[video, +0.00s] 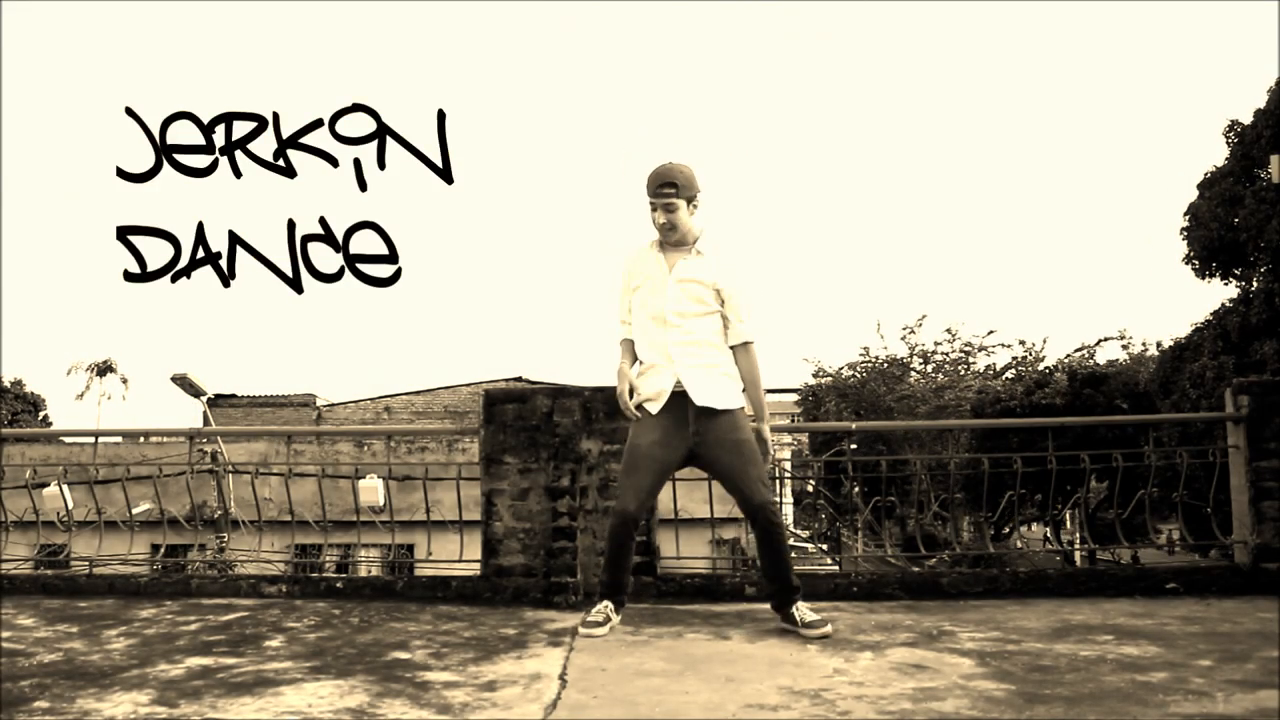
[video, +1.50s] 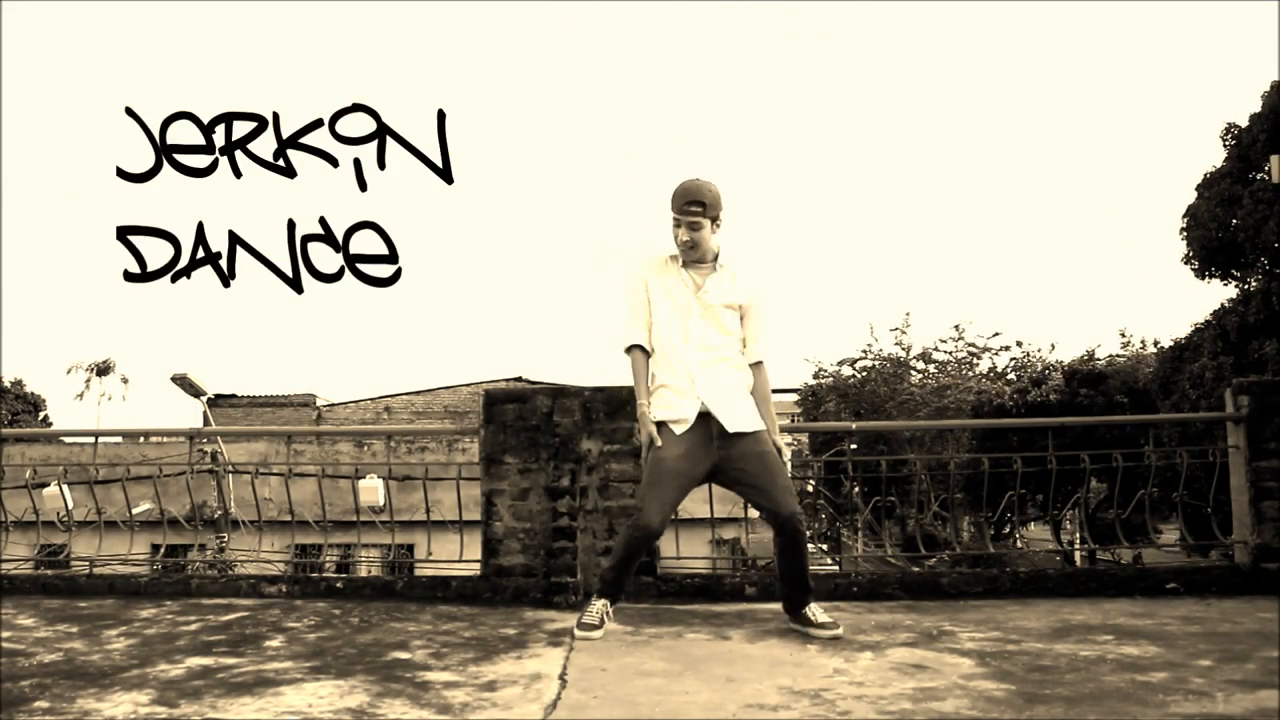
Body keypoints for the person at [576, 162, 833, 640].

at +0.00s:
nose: (661, 215)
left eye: (670, 206)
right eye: (654, 207)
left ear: (692, 206)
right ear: (649, 208)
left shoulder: (721, 265)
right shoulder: (638, 264)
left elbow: (743, 346)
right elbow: (629, 334)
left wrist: (761, 421)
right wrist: (624, 369)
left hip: (720, 406)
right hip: (657, 407)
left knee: (764, 506)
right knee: (626, 510)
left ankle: (788, 604)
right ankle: (608, 603)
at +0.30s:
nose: (687, 198)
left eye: (696, 188)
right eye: (682, 190)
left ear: (722, 188)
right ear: (678, 195)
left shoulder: (751, 256)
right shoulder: (665, 260)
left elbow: (762, 329)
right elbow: (652, 340)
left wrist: (778, 388)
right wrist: (647, 408)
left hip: (742, 397)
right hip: (681, 396)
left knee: (777, 502)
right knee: (645, 491)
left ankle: (791, 604)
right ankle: (604, 593)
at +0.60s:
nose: (661, 219)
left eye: (670, 209)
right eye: (655, 211)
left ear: (697, 212)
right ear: (652, 218)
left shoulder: (732, 279)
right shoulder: (642, 286)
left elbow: (763, 352)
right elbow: (644, 367)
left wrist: (789, 420)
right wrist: (648, 429)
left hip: (743, 415)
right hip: (680, 421)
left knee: (791, 501)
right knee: (656, 520)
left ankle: (799, 605)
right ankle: (621, 609)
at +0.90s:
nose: (625, 210)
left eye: (634, 200)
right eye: (619, 201)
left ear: (658, 198)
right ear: (615, 204)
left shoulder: (696, 251)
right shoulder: (612, 270)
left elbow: (723, 325)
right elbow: (616, 347)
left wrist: (747, 389)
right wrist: (625, 413)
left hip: (722, 394)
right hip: (663, 403)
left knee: (778, 491)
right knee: (645, 514)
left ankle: (812, 593)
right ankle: (618, 607)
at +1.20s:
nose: (662, 203)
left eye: (671, 193)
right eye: (656, 194)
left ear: (696, 196)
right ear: (650, 200)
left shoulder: (726, 258)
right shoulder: (638, 269)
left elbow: (744, 323)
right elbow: (627, 348)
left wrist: (760, 381)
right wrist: (627, 416)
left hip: (727, 398)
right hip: (668, 399)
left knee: (777, 488)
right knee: (647, 494)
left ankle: (771, 589)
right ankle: (605, 585)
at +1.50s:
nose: (683, 236)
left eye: (694, 227)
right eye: (678, 226)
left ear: (718, 227)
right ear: (672, 224)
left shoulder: (742, 286)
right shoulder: (651, 275)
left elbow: (755, 365)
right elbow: (638, 347)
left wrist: (773, 432)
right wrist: (643, 410)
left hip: (741, 422)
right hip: (679, 423)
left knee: (790, 517)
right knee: (647, 525)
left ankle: (799, 607)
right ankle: (603, 601)